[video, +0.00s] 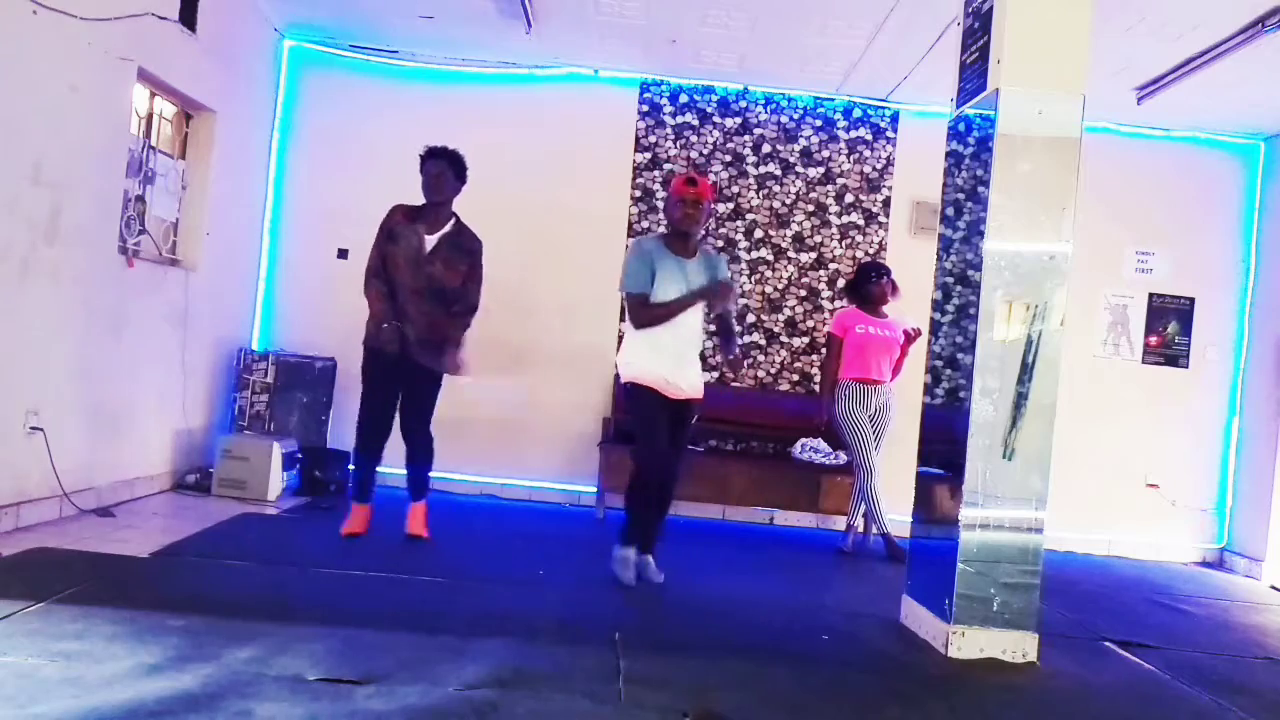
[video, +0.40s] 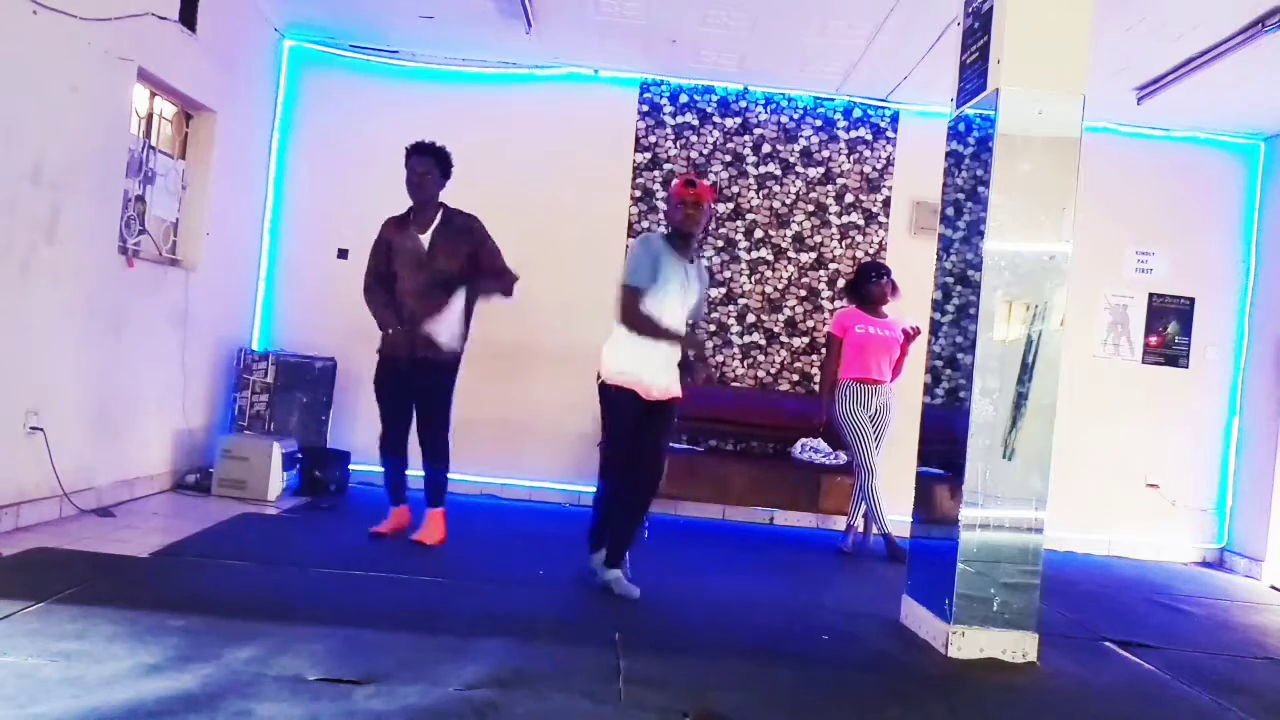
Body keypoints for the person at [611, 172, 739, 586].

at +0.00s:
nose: (689, 211)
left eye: (697, 205)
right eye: (682, 203)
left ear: (708, 213)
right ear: (667, 207)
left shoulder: (714, 263)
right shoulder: (644, 251)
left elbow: (723, 317)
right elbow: (640, 317)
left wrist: (729, 342)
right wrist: (702, 296)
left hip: (687, 378)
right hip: (643, 373)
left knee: (669, 466)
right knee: (653, 460)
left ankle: (646, 550)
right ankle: (628, 544)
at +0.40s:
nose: (688, 212)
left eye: (696, 206)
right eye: (681, 204)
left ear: (708, 214)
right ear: (670, 208)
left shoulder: (698, 269)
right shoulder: (648, 247)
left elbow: (690, 324)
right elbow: (629, 314)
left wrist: (697, 354)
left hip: (664, 379)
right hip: (626, 373)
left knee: (648, 472)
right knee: (620, 467)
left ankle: (613, 561)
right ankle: (602, 552)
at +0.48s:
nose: (689, 208)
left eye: (697, 202)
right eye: (683, 200)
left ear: (708, 212)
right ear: (668, 205)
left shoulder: (705, 273)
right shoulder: (644, 247)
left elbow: (692, 332)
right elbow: (605, 306)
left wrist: (698, 353)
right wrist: (646, 350)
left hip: (666, 391)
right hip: (625, 384)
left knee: (646, 480)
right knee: (610, 467)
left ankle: (616, 564)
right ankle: (589, 547)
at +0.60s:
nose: (685, 203)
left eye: (693, 197)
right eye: (679, 195)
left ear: (707, 208)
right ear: (666, 200)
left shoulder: (716, 263)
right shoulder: (636, 245)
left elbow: (722, 331)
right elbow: (585, 295)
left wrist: (704, 331)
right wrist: (597, 339)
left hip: (670, 389)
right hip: (622, 379)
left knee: (643, 479)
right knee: (600, 464)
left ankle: (613, 565)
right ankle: (568, 542)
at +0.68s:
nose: (682, 200)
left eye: (690, 194)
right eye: (675, 193)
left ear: (705, 202)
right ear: (664, 199)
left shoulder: (721, 252)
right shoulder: (640, 247)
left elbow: (728, 317)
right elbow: (585, 284)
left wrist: (691, 306)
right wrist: (574, 321)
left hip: (675, 384)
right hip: (628, 375)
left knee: (643, 474)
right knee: (606, 459)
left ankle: (614, 563)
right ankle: (586, 538)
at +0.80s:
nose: (681, 202)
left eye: (690, 195)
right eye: (675, 194)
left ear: (705, 203)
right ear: (664, 200)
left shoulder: (722, 251)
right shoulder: (644, 251)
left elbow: (732, 309)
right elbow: (596, 288)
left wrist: (686, 294)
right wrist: (572, 323)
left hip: (681, 379)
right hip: (635, 373)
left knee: (650, 466)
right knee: (624, 458)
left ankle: (616, 563)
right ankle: (640, 538)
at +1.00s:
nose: (688, 205)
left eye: (696, 199)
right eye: (682, 198)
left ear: (711, 209)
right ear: (670, 206)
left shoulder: (727, 256)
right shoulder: (650, 256)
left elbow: (737, 316)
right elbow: (618, 312)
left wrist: (690, 285)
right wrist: (599, 365)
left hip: (699, 382)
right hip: (652, 381)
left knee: (692, 467)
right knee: (657, 469)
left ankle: (687, 560)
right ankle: (664, 554)